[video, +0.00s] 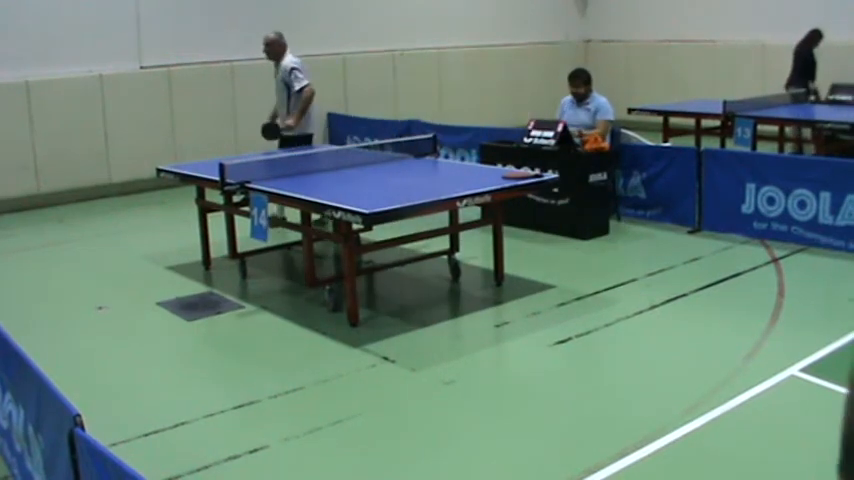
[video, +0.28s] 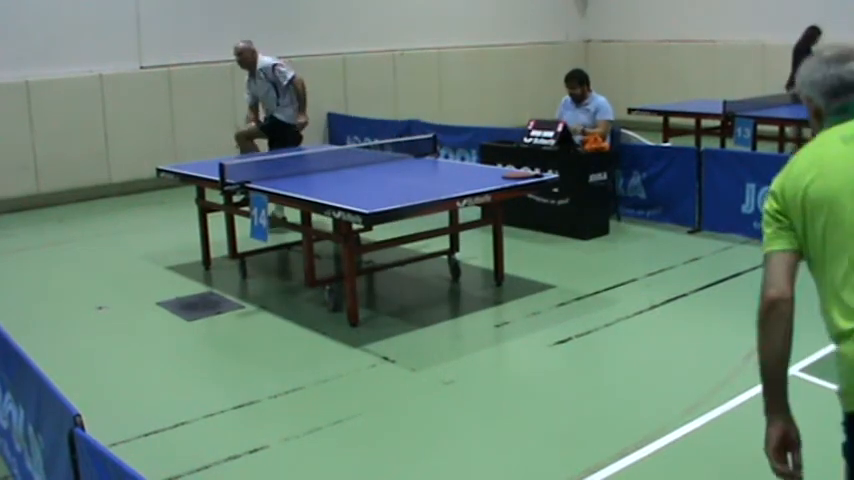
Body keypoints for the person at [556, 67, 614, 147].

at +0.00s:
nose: (575, 91)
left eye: (579, 87)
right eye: (572, 87)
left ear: (588, 87)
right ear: (569, 87)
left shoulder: (601, 104)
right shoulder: (565, 103)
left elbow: (602, 133)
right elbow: (559, 126)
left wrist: (583, 134)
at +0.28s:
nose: (571, 92)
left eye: (574, 88)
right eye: (569, 89)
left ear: (586, 87)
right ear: (566, 88)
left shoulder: (600, 103)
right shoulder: (566, 102)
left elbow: (602, 132)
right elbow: (559, 125)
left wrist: (583, 131)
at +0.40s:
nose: (569, 93)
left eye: (572, 89)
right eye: (567, 90)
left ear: (584, 88)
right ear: (565, 89)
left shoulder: (600, 103)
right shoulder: (565, 102)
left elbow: (602, 132)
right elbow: (556, 124)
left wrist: (581, 127)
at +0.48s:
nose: (568, 93)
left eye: (571, 89)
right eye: (567, 90)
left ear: (583, 87)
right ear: (565, 89)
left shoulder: (600, 102)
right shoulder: (565, 102)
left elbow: (600, 130)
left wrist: (578, 122)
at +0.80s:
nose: (563, 94)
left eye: (566, 90)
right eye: (562, 91)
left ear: (577, 88)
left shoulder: (597, 100)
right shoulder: (562, 102)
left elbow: (596, 124)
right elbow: (554, 120)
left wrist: (571, 119)